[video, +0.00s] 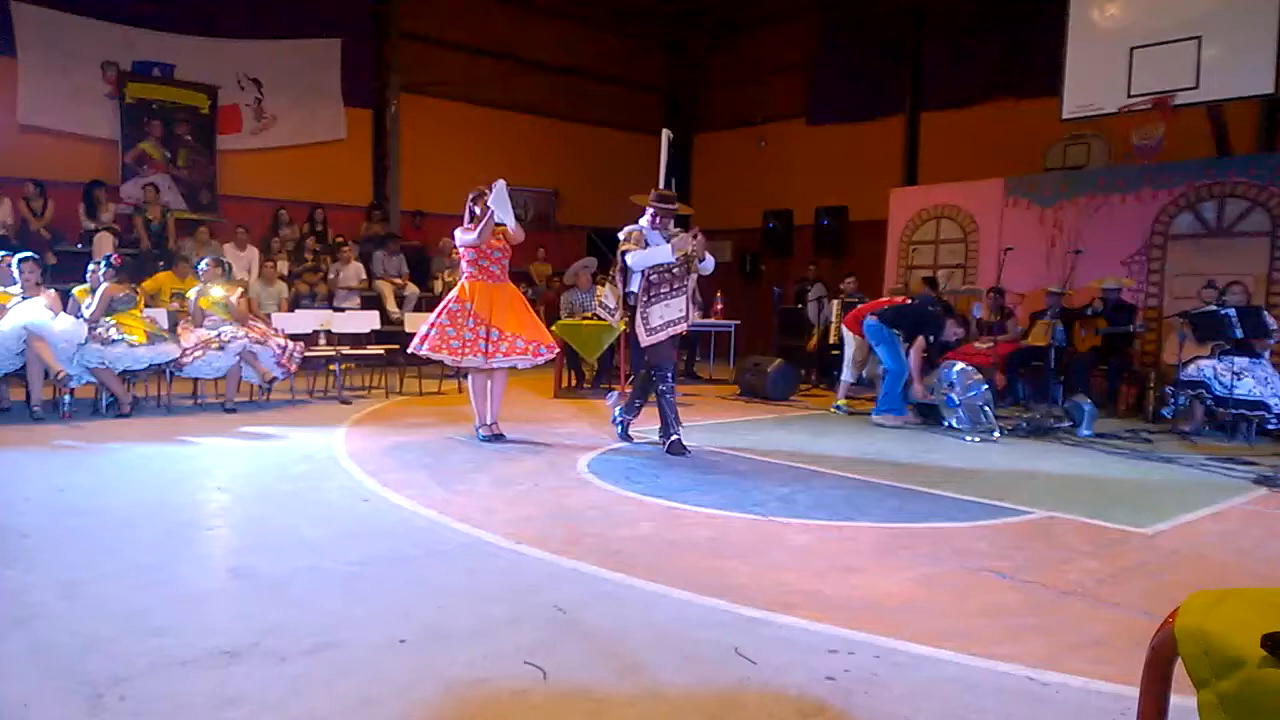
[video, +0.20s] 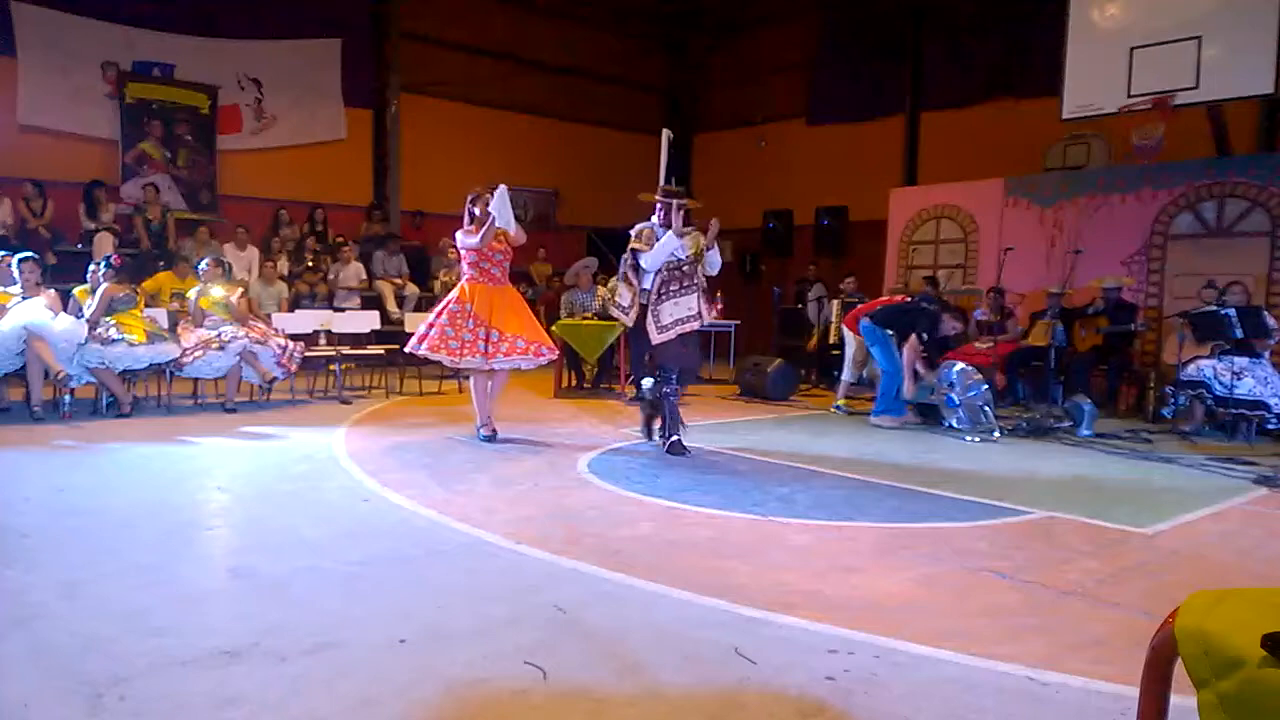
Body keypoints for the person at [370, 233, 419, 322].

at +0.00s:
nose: (397, 246)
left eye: (398, 244)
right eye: (394, 243)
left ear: (399, 244)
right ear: (388, 244)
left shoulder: (400, 255)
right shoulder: (379, 255)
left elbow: (405, 271)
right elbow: (379, 274)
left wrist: (404, 281)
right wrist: (394, 281)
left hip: (398, 278)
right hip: (383, 278)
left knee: (414, 291)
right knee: (387, 291)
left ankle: (405, 314)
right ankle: (395, 314)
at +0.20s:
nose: (397, 246)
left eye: (398, 244)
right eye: (394, 243)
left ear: (399, 244)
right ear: (388, 244)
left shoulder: (400, 255)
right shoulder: (379, 255)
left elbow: (405, 271)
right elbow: (380, 274)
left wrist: (404, 281)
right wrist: (394, 282)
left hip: (398, 278)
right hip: (383, 278)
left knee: (414, 291)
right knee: (387, 291)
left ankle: (406, 314)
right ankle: (395, 314)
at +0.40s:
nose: (397, 246)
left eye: (398, 244)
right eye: (395, 244)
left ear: (399, 244)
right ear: (388, 244)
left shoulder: (400, 255)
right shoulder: (379, 255)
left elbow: (405, 271)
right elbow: (380, 274)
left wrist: (404, 281)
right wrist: (394, 282)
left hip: (398, 278)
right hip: (383, 279)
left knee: (414, 291)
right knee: (387, 291)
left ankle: (406, 314)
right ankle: (395, 314)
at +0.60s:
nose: (397, 246)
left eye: (398, 243)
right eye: (394, 243)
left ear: (399, 244)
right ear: (388, 244)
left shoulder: (400, 255)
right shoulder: (379, 254)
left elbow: (405, 272)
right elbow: (380, 274)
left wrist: (403, 281)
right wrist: (394, 281)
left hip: (398, 278)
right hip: (383, 278)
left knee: (414, 291)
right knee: (387, 290)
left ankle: (406, 314)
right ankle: (395, 314)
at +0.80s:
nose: (397, 246)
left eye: (398, 244)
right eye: (394, 244)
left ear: (399, 244)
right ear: (388, 244)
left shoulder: (400, 256)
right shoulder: (379, 254)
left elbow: (406, 272)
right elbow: (380, 274)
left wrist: (403, 281)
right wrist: (394, 281)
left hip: (398, 278)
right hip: (383, 278)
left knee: (414, 291)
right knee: (387, 290)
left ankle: (405, 314)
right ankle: (395, 314)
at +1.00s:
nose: (397, 246)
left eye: (398, 244)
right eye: (394, 243)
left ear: (399, 244)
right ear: (388, 244)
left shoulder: (400, 255)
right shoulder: (379, 254)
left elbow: (405, 272)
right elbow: (379, 274)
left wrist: (403, 281)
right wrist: (393, 280)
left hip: (397, 278)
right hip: (383, 278)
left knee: (412, 289)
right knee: (387, 289)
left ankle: (407, 313)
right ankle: (394, 313)